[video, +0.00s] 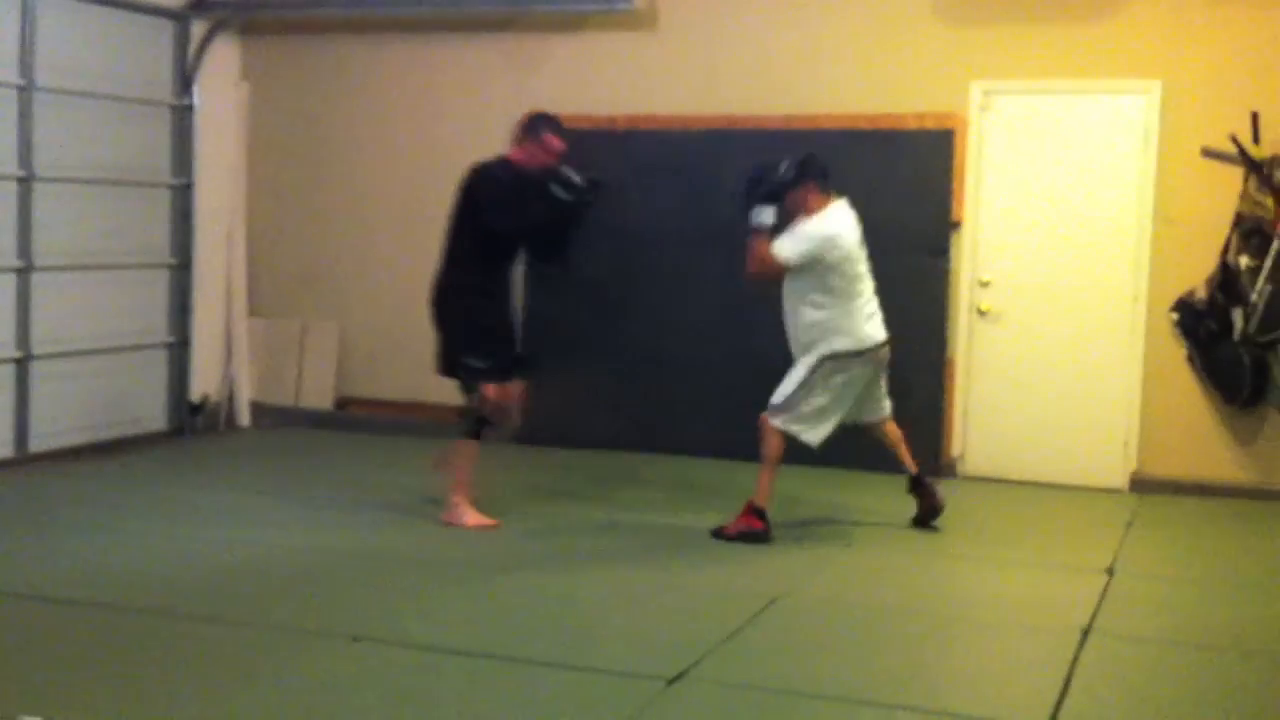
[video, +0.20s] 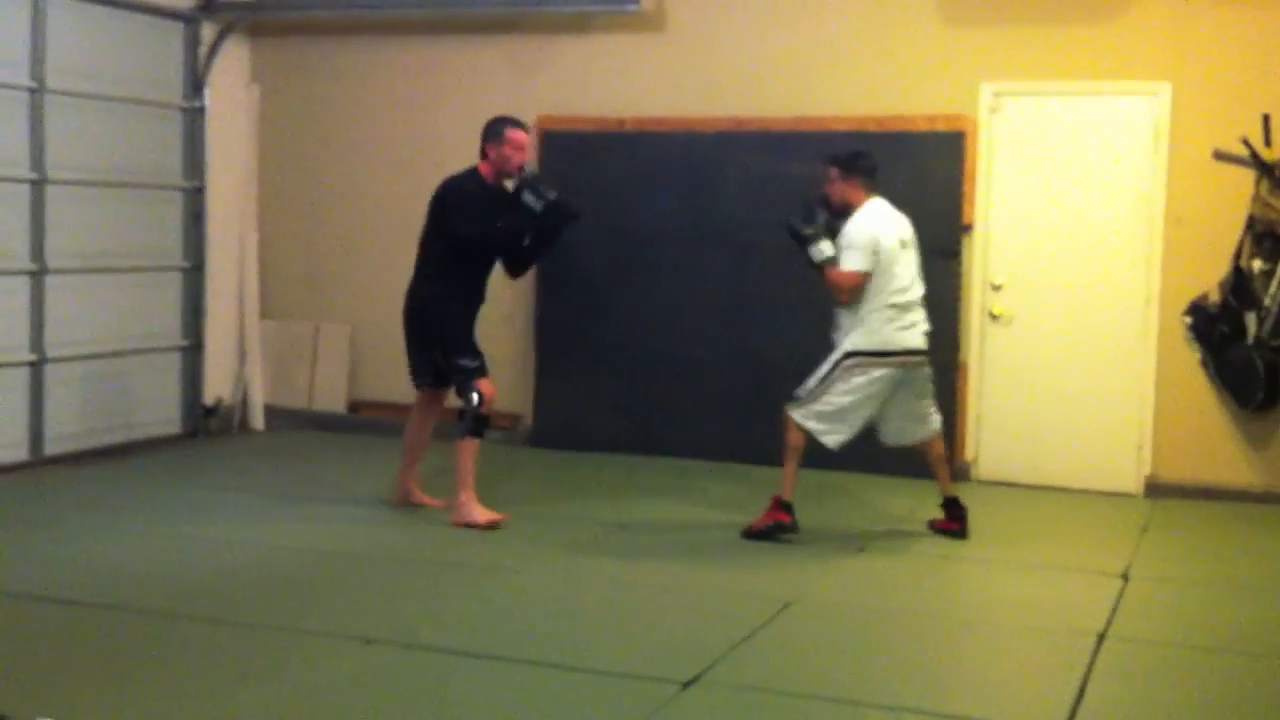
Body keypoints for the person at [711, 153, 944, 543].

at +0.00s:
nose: (787, 204)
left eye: (790, 195)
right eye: (785, 197)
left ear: (810, 190)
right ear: (815, 190)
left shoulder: (820, 229)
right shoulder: (843, 214)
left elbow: (758, 265)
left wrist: (761, 214)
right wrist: (767, 214)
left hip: (837, 349)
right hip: (870, 343)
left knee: (773, 422)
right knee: (881, 419)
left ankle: (757, 513)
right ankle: (922, 487)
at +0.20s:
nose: (828, 190)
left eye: (830, 182)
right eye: (828, 182)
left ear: (844, 181)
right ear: (866, 181)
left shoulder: (862, 224)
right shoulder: (899, 219)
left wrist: (820, 250)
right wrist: (829, 244)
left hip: (870, 349)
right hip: (913, 347)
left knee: (798, 415)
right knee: (930, 431)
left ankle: (783, 507)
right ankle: (954, 509)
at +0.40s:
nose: (836, 188)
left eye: (838, 179)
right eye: (836, 180)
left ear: (851, 177)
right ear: (877, 175)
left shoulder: (862, 221)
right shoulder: (914, 216)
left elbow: (841, 288)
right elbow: (888, 278)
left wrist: (811, 257)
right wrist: (838, 258)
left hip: (879, 341)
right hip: (922, 342)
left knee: (814, 416)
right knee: (931, 431)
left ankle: (793, 512)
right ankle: (958, 512)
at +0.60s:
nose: (807, 200)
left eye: (807, 193)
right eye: (807, 193)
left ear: (814, 192)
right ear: (844, 188)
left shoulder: (818, 236)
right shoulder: (882, 226)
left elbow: (778, 281)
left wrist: (768, 251)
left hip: (853, 355)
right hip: (901, 355)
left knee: (792, 432)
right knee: (916, 441)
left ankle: (790, 526)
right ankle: (945, 513)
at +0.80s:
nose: (782, 170)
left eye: (783, 162)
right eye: (781, 163)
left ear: (796, 157)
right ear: (823, 153)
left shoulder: (801, 196)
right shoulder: (863, 191)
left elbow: (778, 268)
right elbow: (844, 250)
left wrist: (765, 226)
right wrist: (789, 208)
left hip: (824, 324)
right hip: (871, 322)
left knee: (785, 420)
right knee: (866, 422)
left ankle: (766, 515)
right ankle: (883, 516)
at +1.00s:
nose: (754, 204)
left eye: (757, 194)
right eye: (755, 194)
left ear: (772, 191)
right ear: (797, 188)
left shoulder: (773, 234)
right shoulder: (842, 227)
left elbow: (757, 299)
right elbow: (832, 284)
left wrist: (736, 270)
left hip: (798, 360)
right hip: (849, 358)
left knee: (738, 445)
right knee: (854, 445)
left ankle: (725, 541)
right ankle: (881, 527)